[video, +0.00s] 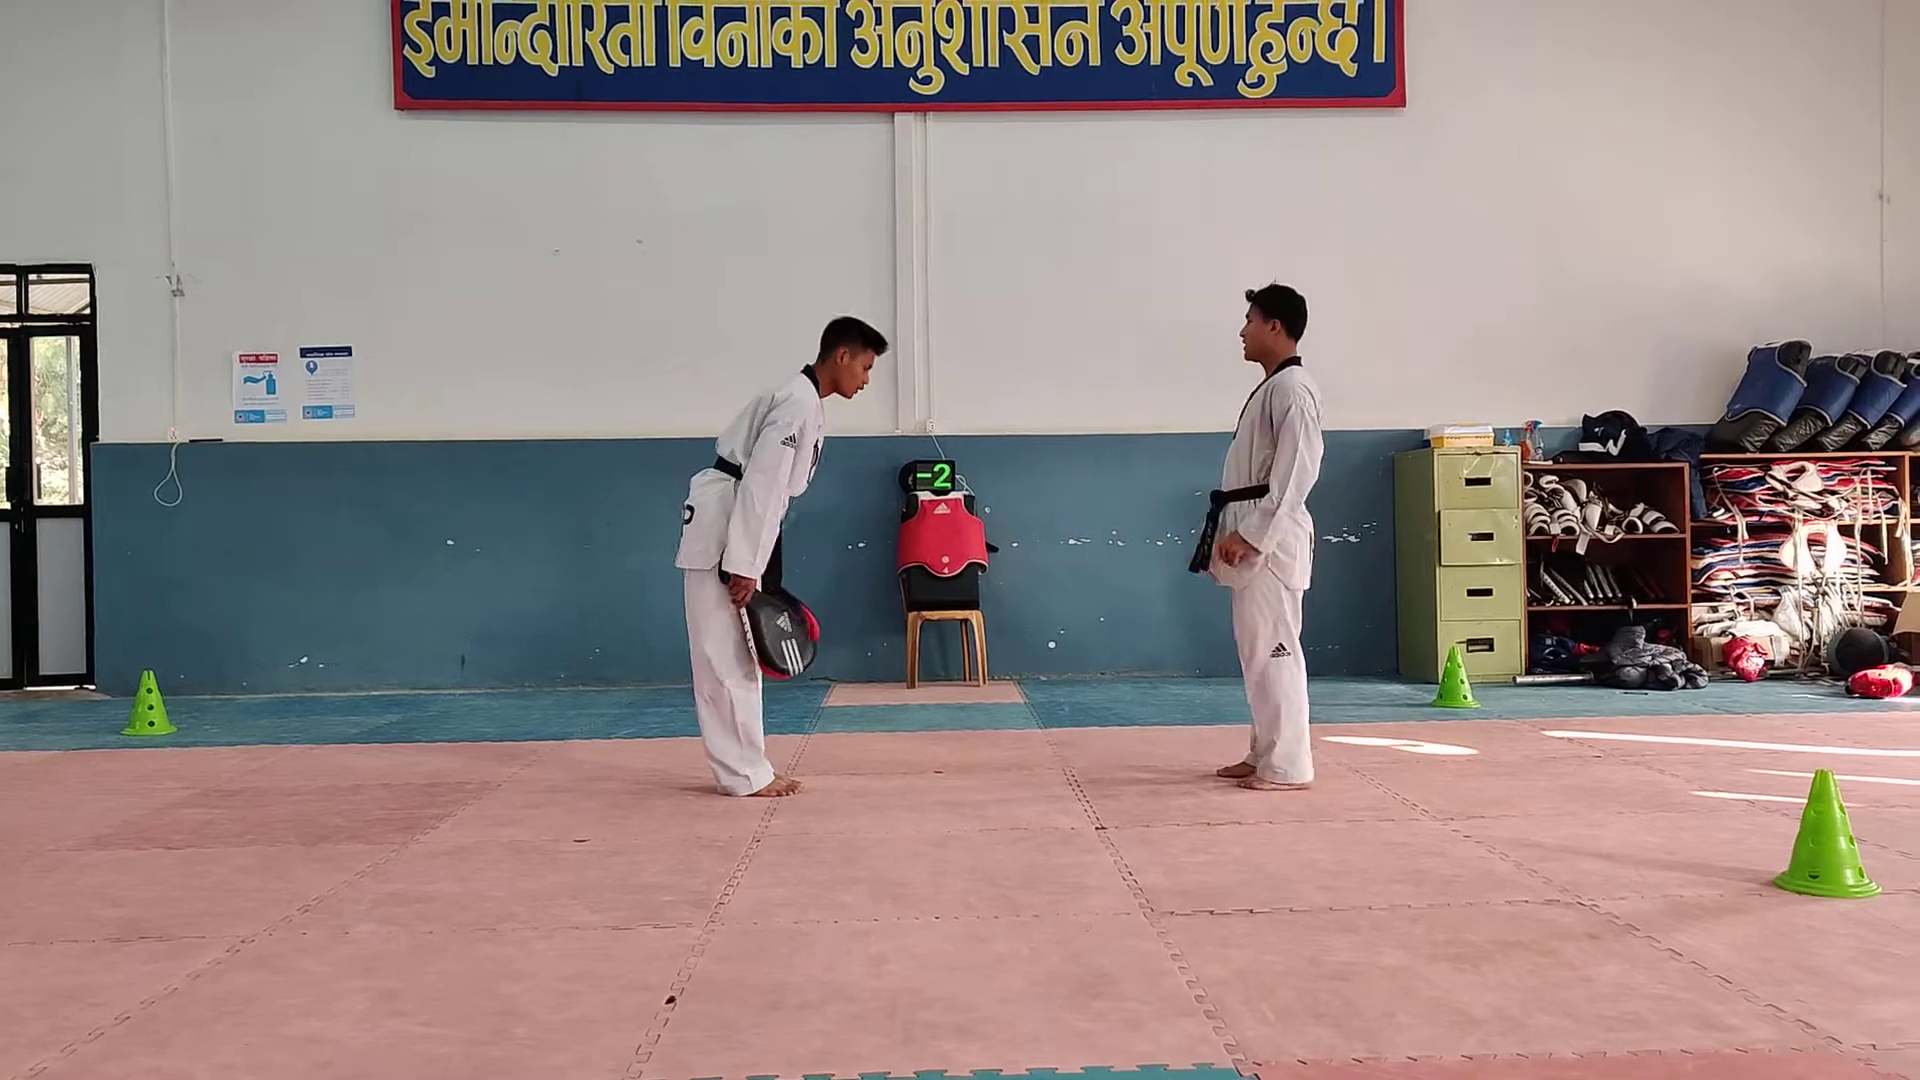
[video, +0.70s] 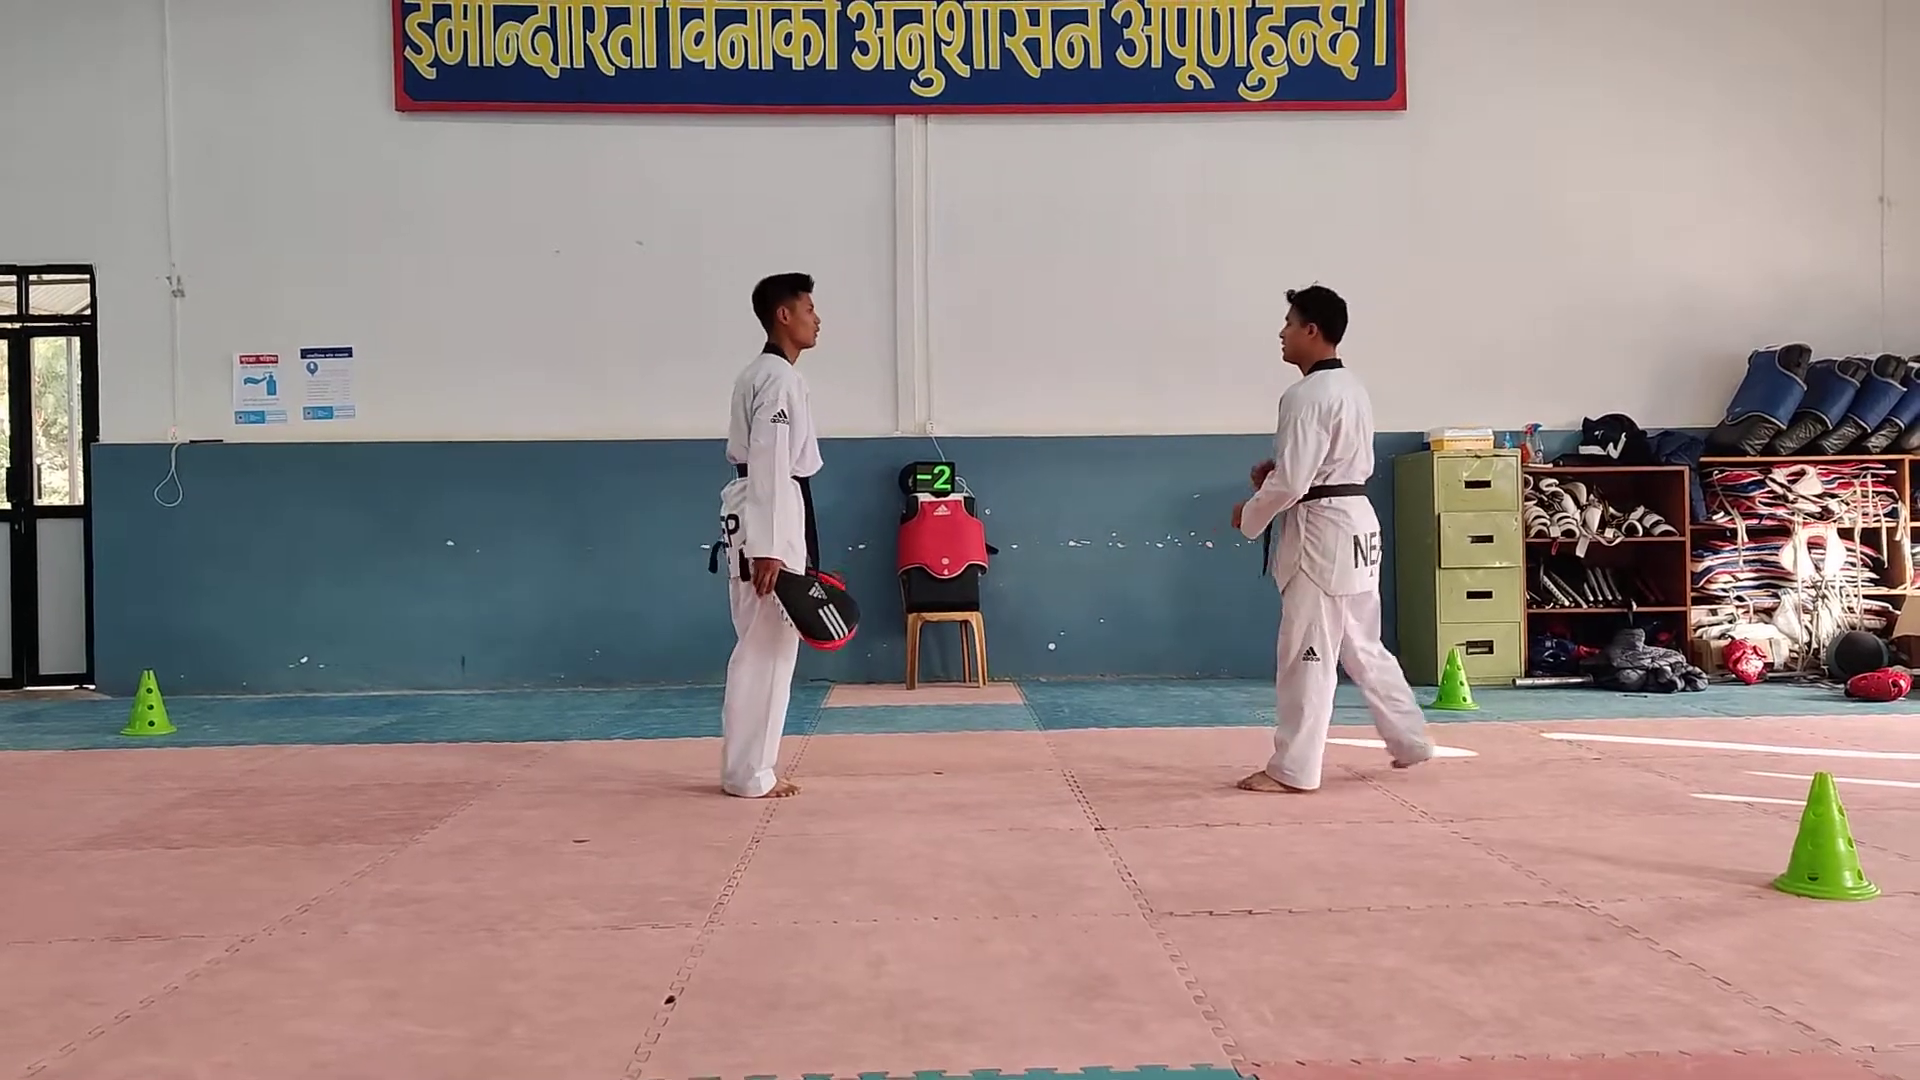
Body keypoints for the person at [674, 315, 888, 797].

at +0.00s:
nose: (866, 379)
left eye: (870, 369)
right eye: (866, 367)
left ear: (840, 357)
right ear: (841, 356)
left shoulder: (805, 404)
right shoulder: (796, 403)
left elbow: (772, 493)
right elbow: (760, 486)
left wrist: (759, 569)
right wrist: (744, 563)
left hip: (733, 535)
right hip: (718, 533)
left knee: (738, 656)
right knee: (725, 658)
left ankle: (748, 769)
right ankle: (740, 773)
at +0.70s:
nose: (817, 318)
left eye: (814, 308)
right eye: (809, 309)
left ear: (783, 317)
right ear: (783, 316)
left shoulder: (758, 375)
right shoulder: (780, 379)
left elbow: (754, 469)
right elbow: (769, 473)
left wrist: (800, 556)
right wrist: (767, 548)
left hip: (751, 521)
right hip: (769, 525)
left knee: (761, 649)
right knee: (770, 650)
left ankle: (747, 769)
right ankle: (750, 773)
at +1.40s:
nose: (776, 296)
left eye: (772, 286)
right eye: (767, 288)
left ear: (737, 301)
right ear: (743, 298)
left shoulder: (709, 363)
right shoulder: (765, 354)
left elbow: (714, 454)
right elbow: (772, 444)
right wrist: (779, 517)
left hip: (719, 505)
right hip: (759, 502)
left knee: (730, 629)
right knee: (794, 628)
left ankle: (722, 750)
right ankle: (805, 757)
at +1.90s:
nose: (814, 298)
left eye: (810, 287)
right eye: (806, 288)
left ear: (771, 298)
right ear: (780, 295)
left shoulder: (726, 357)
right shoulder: (801, 356)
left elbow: (698, 433)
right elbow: (818, 447)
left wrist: (729, 487)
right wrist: (844, 525)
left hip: (729, 494)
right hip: (779, 491)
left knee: (724, 627)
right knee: (794, 627)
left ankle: (708, 748)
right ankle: (802, 757)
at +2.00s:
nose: (825, 302)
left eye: (823, 292)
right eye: (818, 293)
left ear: (782, 300)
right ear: (793, 298)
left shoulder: (734, 353)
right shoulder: (807, 358)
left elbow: (700, 425)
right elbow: (838, 448)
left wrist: (727, 473)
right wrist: (892, 508)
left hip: (726, 487)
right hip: (773, 487)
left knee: (723, 624)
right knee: (789, 622)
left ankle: (706, 749)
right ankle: (798, 758)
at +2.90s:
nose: (779, 318)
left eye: (778, 308)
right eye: (772, 308)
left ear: (737, 314)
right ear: (744, 311)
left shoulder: (691, 370)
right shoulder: (741, 371)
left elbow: (709, 457)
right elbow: (765, 448)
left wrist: (768, 468)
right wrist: (841, 447)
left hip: (677, 502)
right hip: (717, 504)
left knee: (702, 626)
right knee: (772, 620)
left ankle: (648, 735)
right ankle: (807, 749)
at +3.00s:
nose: (749, 309)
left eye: (748, 299)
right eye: (741, 299)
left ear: (716, 304)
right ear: (711, 301)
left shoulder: (699, 363)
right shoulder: (692, 358)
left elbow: (710, 450)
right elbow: (685, 435)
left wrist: (764, 478)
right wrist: (759, 434)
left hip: (659, 489)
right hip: (679, 487)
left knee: (692, 619)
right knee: (751, 603)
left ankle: (653, 733)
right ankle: (811, 737)